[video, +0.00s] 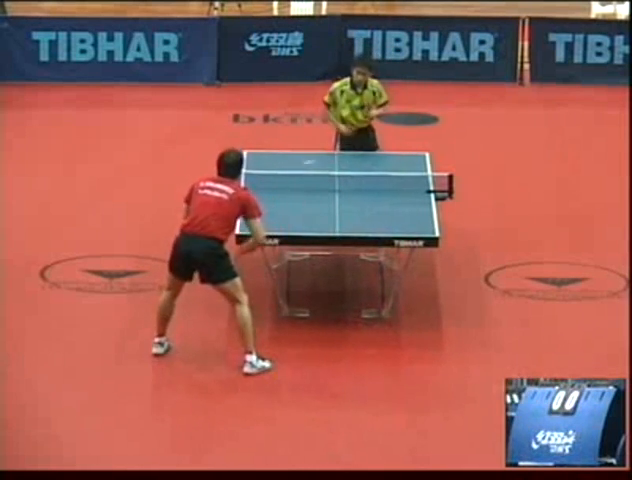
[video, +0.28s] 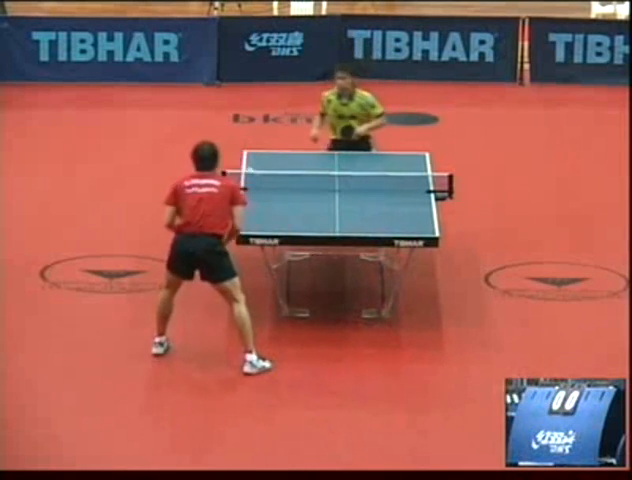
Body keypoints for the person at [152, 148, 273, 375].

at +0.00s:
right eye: (240, 168)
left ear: (218, 167)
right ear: (240, 170)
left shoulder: (200, 185)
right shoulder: (243, 196)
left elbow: (186, 215)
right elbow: (259, 238)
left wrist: (198, 231)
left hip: (184, 241)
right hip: (212, 246)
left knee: (171, 291)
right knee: (240, 300)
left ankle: (159, 339)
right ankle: (251, 357)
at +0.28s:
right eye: (217, 160)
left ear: (194, 162)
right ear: (218, 163)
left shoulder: (182, 185)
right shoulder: (229, 186)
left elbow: (169, 221)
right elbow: (238, 224)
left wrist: (186, 229)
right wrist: (224, 240)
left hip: (184, 240)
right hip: (212, 243)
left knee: (169, 289)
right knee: (237, 299)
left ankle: (160, 339)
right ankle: (251, 355)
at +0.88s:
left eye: (175, 143)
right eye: (188, 141)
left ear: (171, 147)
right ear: (194, 144)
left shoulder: (161, 174)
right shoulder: (210, 172)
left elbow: (147, 210)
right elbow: (228, 209)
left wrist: (156, 225)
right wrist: (216, 227)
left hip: (173, 235)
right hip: (201, 235)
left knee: (165, 288)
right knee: (204, 292)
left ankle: (159, 338)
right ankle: (201, 350)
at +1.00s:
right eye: (197, 143)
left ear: (178, 148)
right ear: (200, 146)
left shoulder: (166, 175)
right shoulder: (215, 175)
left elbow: (156, 210)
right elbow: (231, 211)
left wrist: (162, 227)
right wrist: (224, 237)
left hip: (175, 236)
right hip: (204, 237)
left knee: (166, 292)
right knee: (205, 295)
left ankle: (160, 340)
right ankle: (201, 354)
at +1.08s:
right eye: (202, 143)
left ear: (181, 147)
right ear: (204, 146)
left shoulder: (169, 174)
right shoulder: (218, 177)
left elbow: (160, 210)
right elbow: (228, 213)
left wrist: (167, 228)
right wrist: (234, 238)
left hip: (176, 237)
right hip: (205, 239)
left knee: (167, 292)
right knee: (205, 296)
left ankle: (159, 340)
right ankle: (201, 355)